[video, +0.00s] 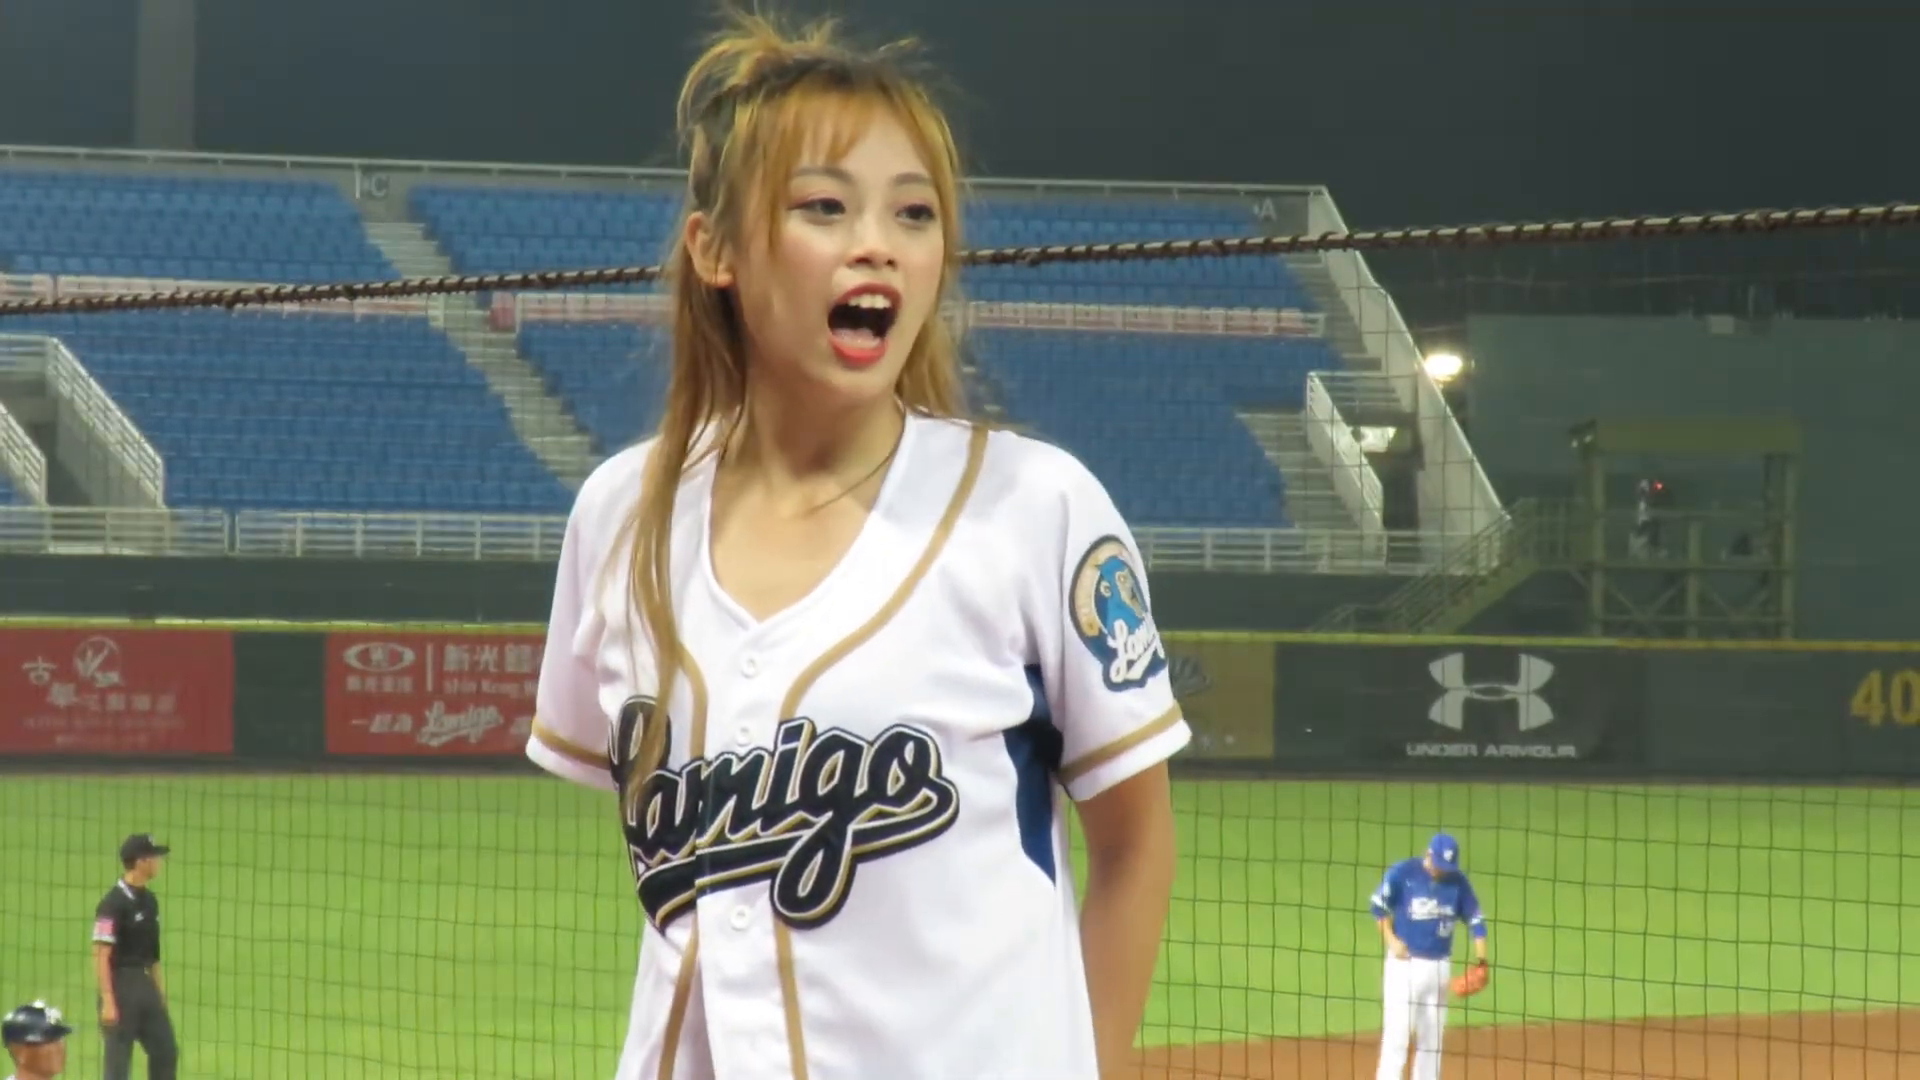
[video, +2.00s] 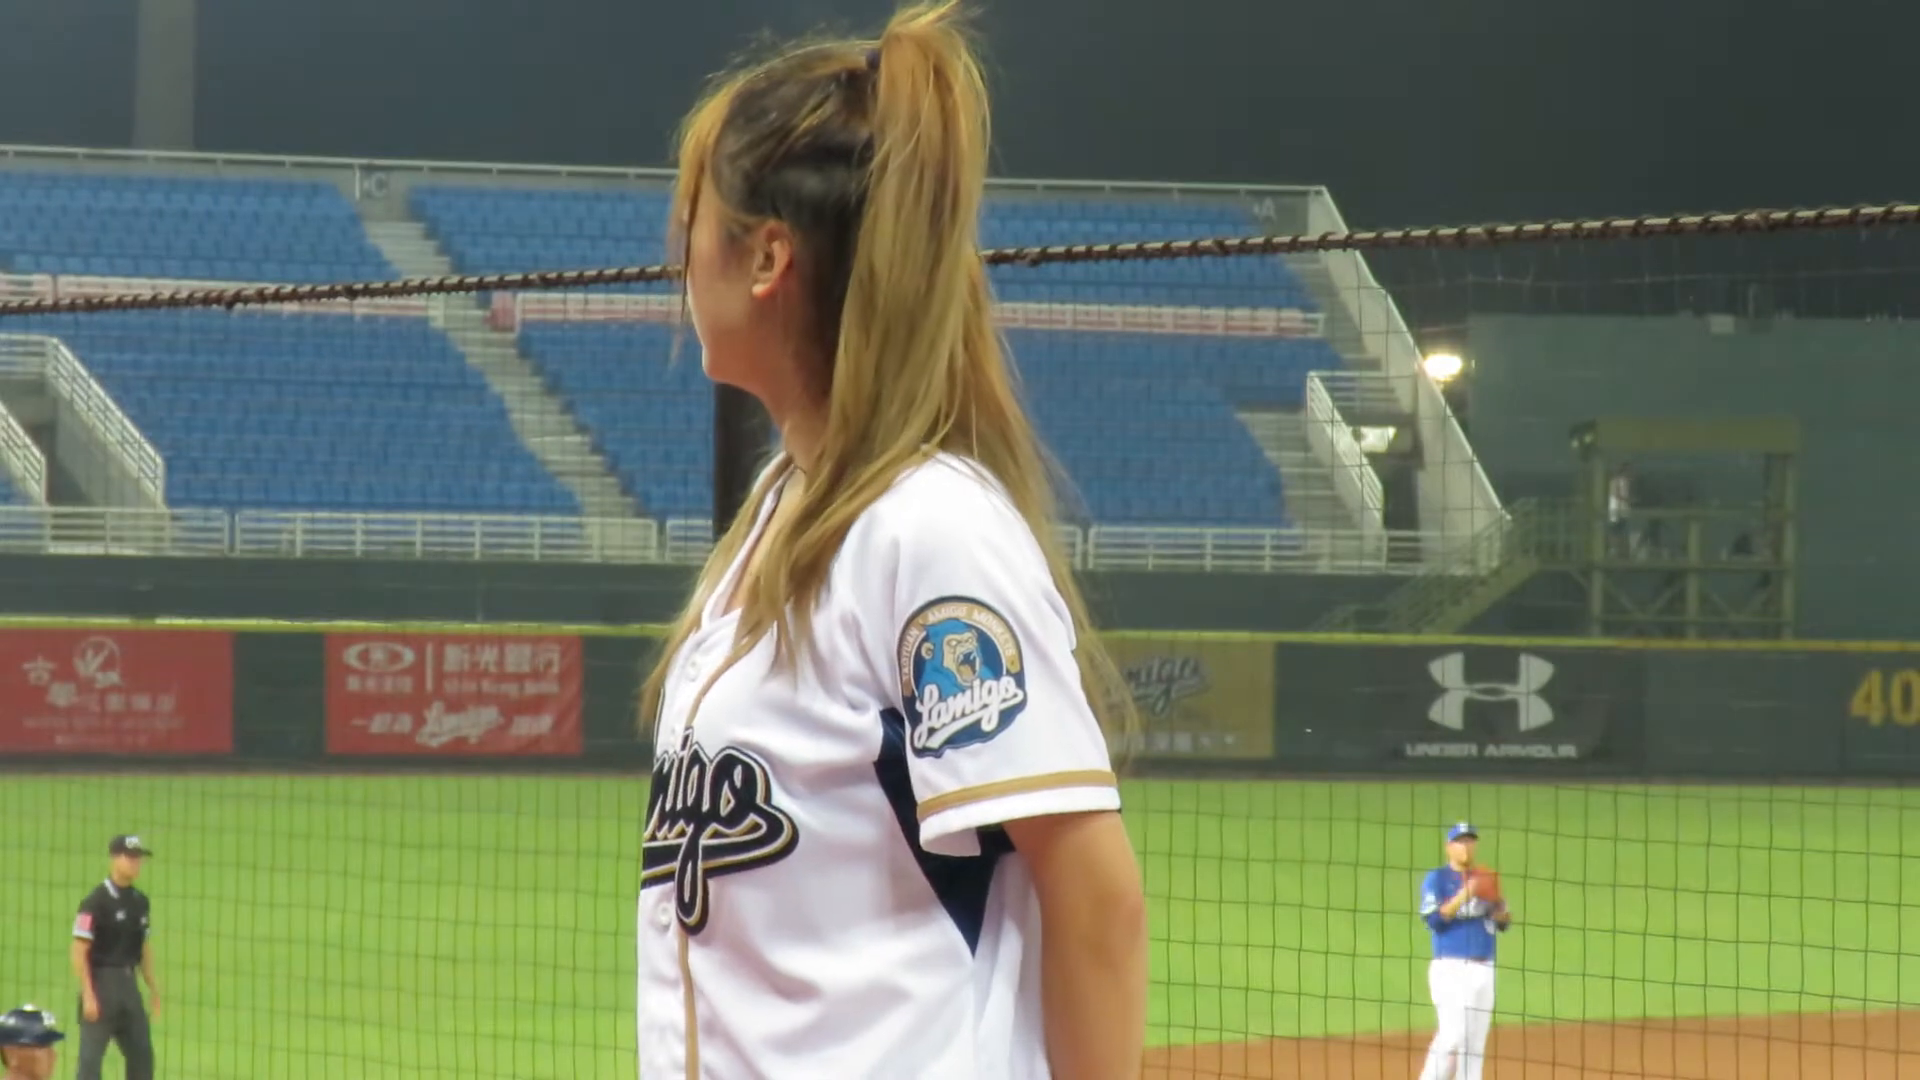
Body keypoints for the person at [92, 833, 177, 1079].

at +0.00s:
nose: (157, 863)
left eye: (156, 858)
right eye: (153, 858)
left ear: (142, 862)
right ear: (139, 862)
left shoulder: (149, 900)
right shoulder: (113, 902)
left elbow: (152, 956)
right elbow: (101, 955)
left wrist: (159, 993)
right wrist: (108, 1002)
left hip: (143, 974)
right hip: (119, 974)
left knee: (165, 1050)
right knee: (118, 1058)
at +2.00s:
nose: (135, 864)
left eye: (138, 858)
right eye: (129, 857)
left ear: (140, 861)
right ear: (114, 858)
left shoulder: (140, 901)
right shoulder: (94, 902)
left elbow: (143, 948)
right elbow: (79, 951)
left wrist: (153, 989)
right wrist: (88, 995)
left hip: (127, 977)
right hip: (100, 976)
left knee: (141, 1055)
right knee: (90, 1059)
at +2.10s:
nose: (132, 864)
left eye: (135, 858)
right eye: (126, 858)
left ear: (138, 861)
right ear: (111, 859)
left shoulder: (135, 900)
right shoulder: (91, 901)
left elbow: (136, 947)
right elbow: (75, 950)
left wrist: (141, 988)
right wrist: (79, 996)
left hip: (124, 977)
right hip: (97, 976)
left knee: (139, 1054)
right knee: (88, 1058)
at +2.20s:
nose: (128, 864)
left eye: (131, 859)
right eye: (122, 858)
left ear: (134, 861)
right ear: (107, 859)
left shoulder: (131, 899)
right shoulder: (87, 902)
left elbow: (134, 949)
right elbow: (73, 953)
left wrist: (137, 992)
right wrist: (72, 999)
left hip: (121, 974)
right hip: (94, 974)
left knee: (133, 1053)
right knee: (89, 1053)